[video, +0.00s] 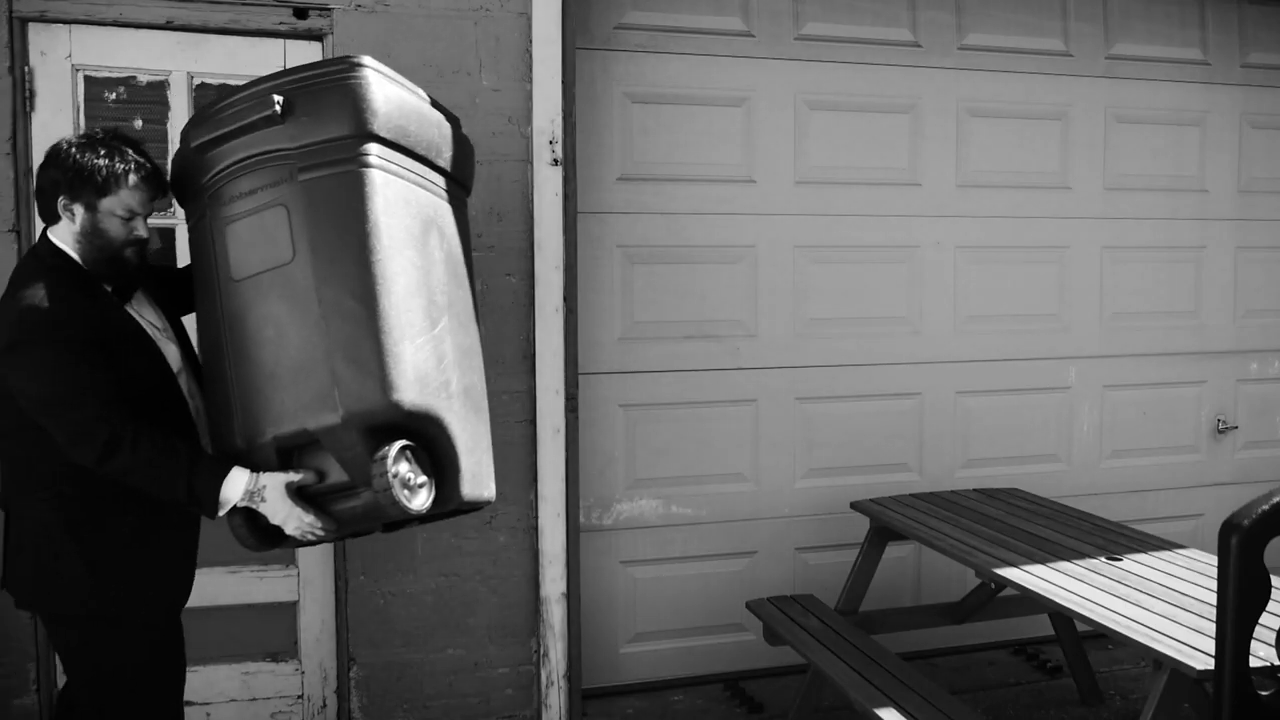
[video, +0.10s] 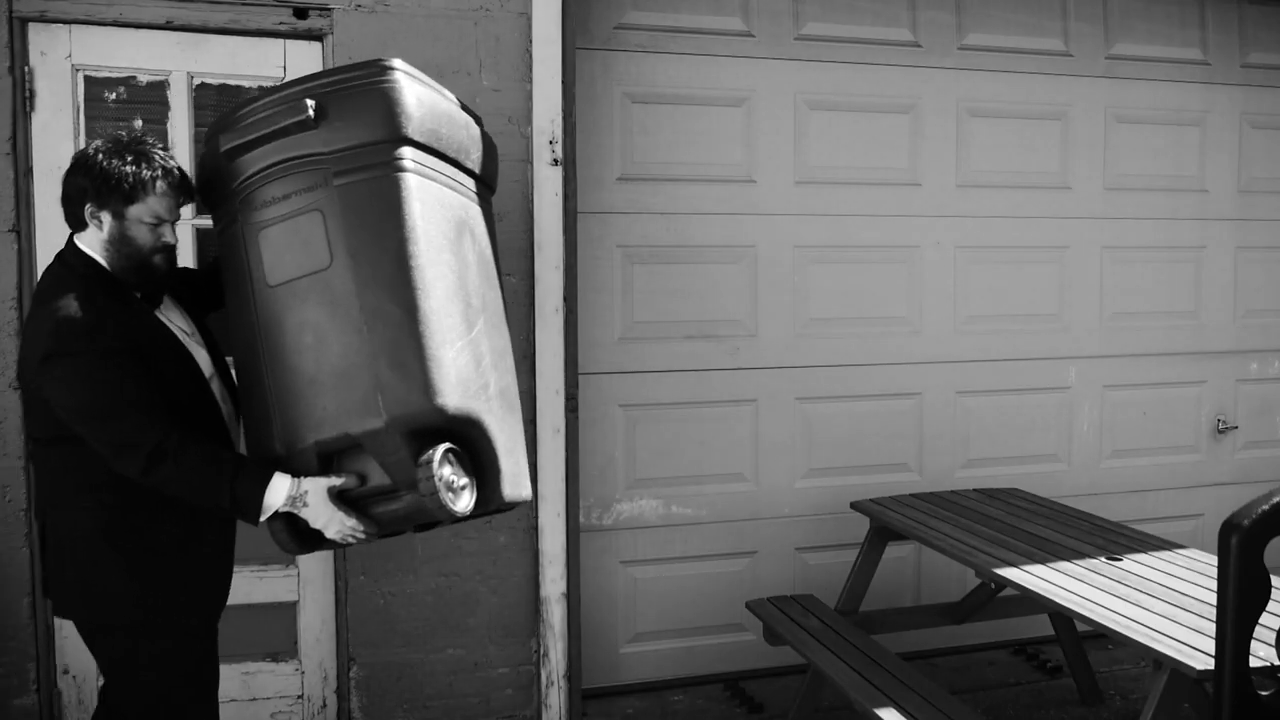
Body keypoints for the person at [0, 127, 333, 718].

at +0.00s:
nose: (144, 232)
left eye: (147, 216)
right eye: (126, 218)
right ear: (69, 211)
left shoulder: (122, 274)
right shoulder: (40, 311)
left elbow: (213, 282)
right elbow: (108, 444)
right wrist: (245, 488)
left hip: (144, 551)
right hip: (95, 569)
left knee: (141, 697)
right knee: (132, 703)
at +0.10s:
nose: (172, 239)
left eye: (174, 223)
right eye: (155, 226)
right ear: (97, 219)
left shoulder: (141, 279)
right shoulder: (71, 320)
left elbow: (232, 285)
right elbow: (151, 452)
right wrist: (287, 494)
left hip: (178, 560)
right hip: (133, 580)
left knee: (163, 703)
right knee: (169, 707)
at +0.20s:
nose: (198, 239)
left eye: (199, 223)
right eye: (183, 226)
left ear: (129, 219)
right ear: (125, 218)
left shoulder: (165, 276)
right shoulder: (103, 320)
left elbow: (256, 269)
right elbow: (188, 451)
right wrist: (324, 492)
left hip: (210, 559)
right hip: (163, 582)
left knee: (223, 693)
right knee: (190, 705)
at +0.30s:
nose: (226, 233)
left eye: (228, 217)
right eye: (211, 220)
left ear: (157, 214)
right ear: (152, 213)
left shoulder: (190, 270)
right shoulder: (134, 316)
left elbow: (291, 251)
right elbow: (221, 449)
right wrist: (357, 486)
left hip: (234, 554)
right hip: (189, 577)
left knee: (263, 682)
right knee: (220, 701)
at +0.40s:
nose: (255, 229)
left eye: (256, 213)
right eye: (239, 217)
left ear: (185, 214)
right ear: (181, 213)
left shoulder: (222, 265)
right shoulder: (168, 313)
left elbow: (321, 242)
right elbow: (256, 447)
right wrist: (388, 479)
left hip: (261, 556)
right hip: (215, 576)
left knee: (293, 696)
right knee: (237, 706)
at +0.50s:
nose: (284, 232)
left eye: (286, 216)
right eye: (269, 220)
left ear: (214, 216)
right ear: (212, 215)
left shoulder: (236, 268)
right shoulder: (203, 314)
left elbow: (311, 255)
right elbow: (288, 445)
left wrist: (390, 198)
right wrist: (422, 476)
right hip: (243, 573)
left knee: (314, 701)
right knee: (259, 706)